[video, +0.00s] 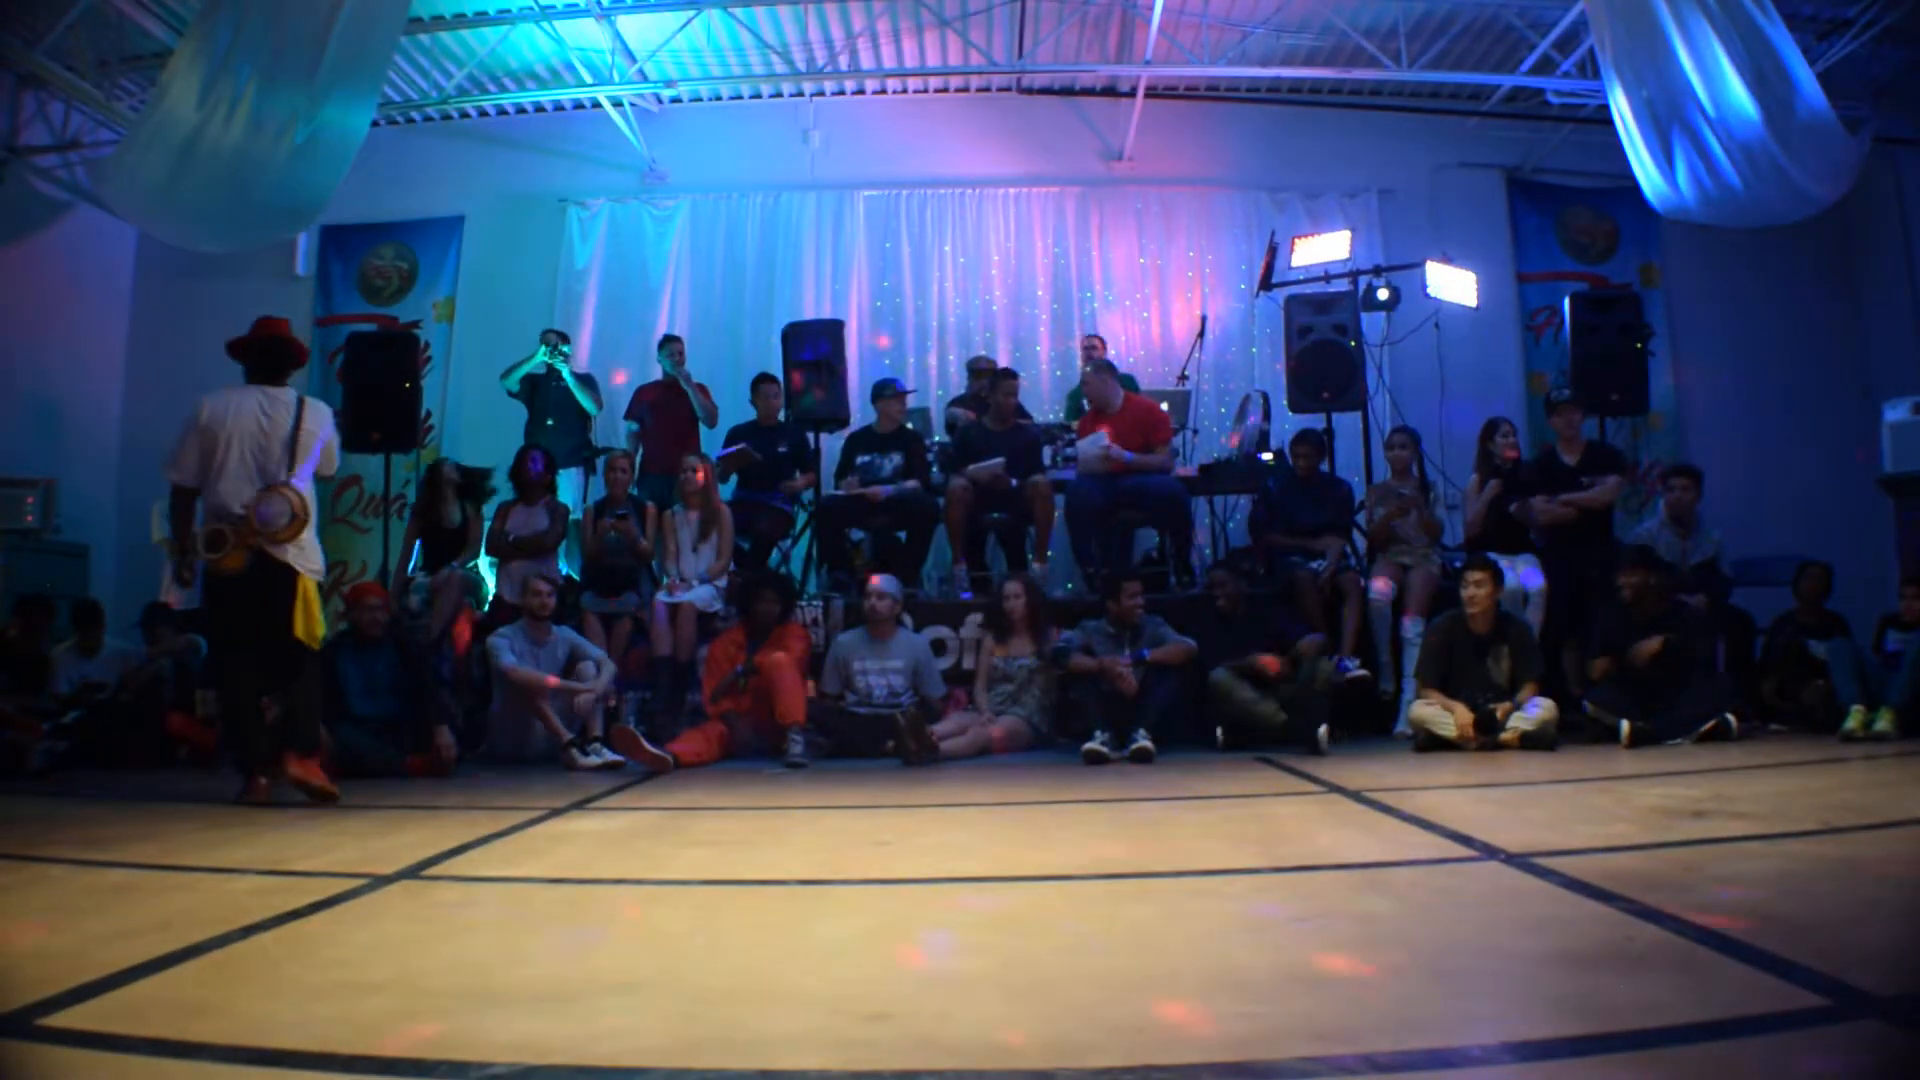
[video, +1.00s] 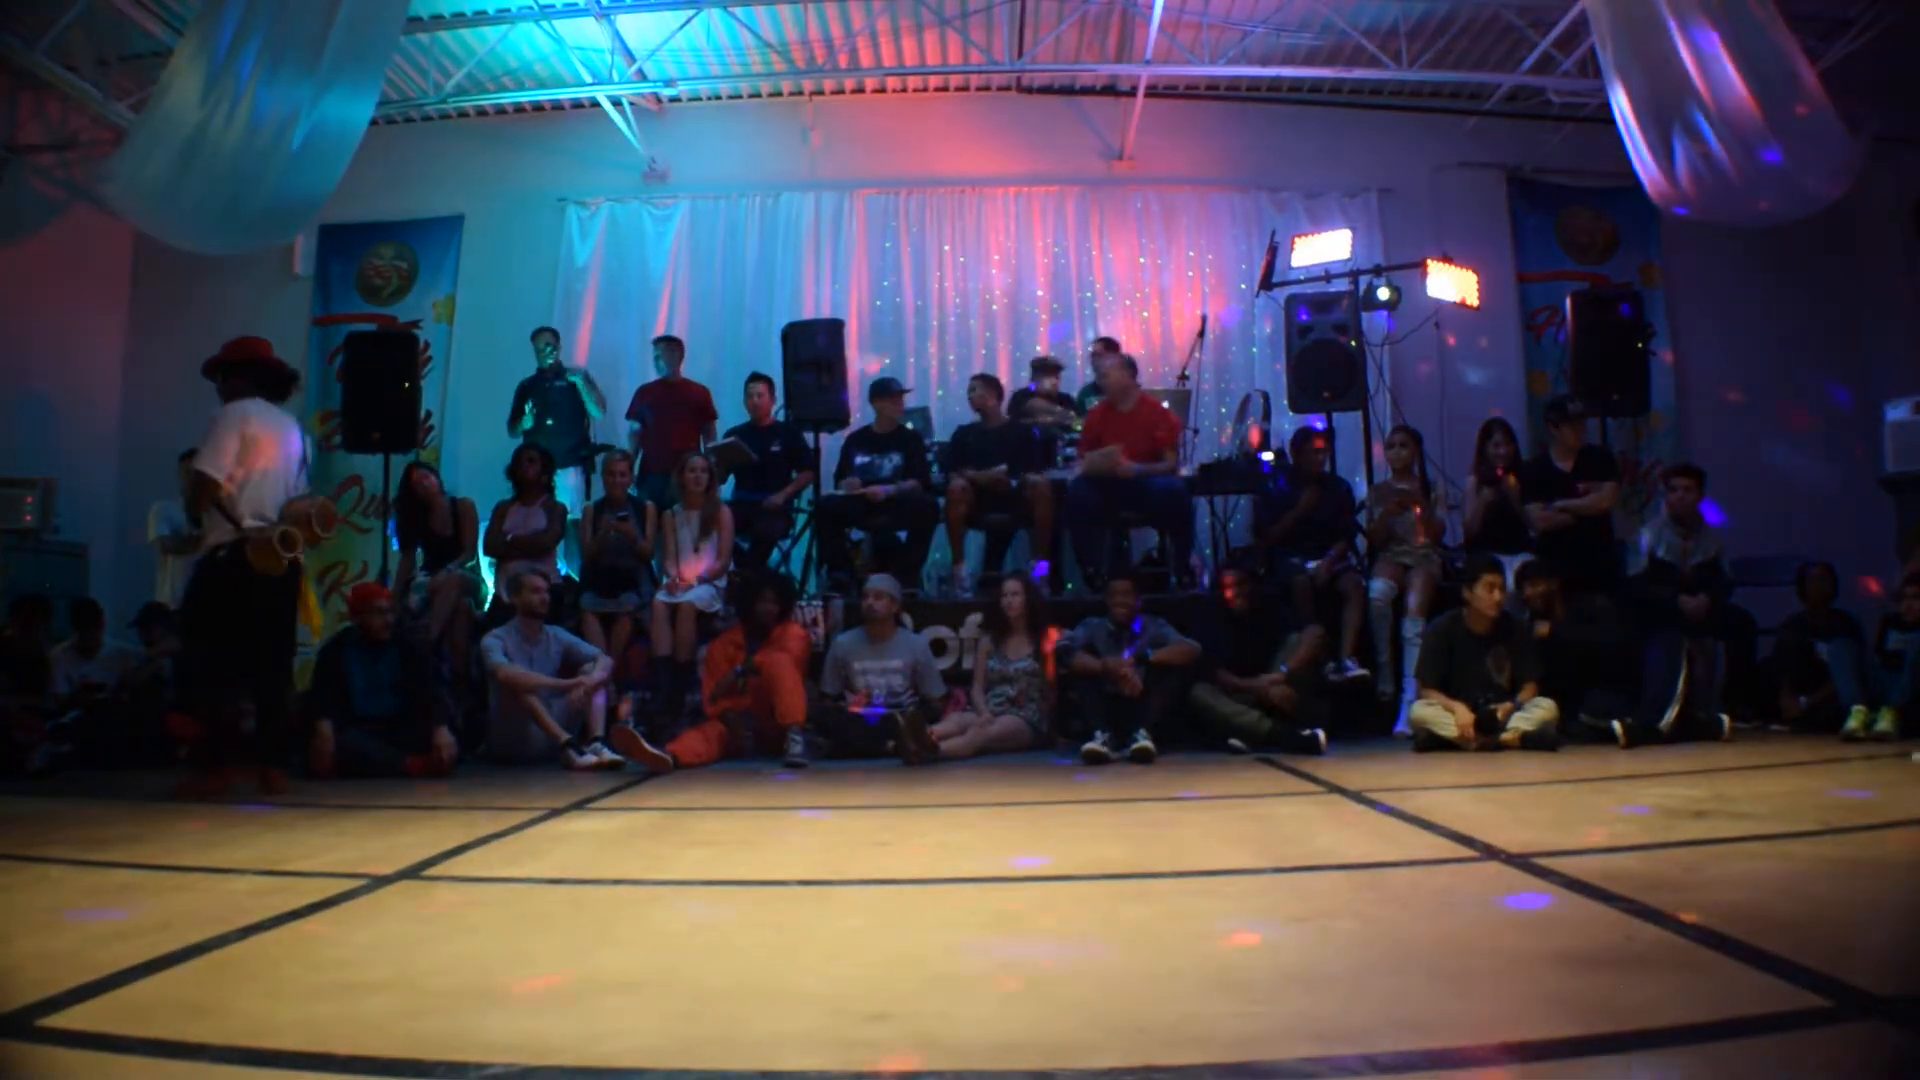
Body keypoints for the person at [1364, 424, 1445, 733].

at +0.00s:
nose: (1398, 453)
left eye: (1404, 447)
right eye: (1392, 448)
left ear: (1416, 452)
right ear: (1385, 453)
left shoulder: (1429, 489)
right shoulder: (1377, 491)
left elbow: (1436, 533)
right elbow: (1373, 536)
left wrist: (1419, 507)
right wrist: (1389, 517)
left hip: (1422, 554)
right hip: (1389, 554)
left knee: (1412, 625)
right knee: (1378, 593)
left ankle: (1408, 709)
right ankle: (1385, 672)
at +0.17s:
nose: (1397, 453)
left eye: (1403, 447)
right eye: (1391, 447)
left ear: (1416, 453)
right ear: (1385, 453)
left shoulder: (1429, 489)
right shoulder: (1376, 492)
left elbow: (1436, 532)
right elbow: (1374, 536)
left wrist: (1418, 505)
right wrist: (1390, 516)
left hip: (1422, 553)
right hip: (1390, 553)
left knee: (1413, 626)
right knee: (1378, 594)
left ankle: (1408, 707)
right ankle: (1385, 670)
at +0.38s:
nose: (1395, 453)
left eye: (1402, 447)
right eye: (1390, 447)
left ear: (1415, 452)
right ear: (1384, 453)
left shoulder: (1432, 489)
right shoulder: (1377, 491)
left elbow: (1437, 533)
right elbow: (1373, 535)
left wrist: (1418, 504)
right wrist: (1389, 513)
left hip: (1422, 554)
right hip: (1389, 554)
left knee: (1412, 628)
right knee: (1377, 596)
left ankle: (1408, 710)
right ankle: (1385, 670)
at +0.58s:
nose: (1394, 453)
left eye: (1401, 447)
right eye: (1389, 448)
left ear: (1415, 453)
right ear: (1383, 453)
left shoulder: (1431, 490)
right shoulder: (1375, 493)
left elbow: (1437, 533)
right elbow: (1373, 536)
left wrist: (1418, 505)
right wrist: (1388, 514)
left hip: (1421, 554)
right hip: (1389, 554)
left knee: (1412, 627)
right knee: (1376, 596)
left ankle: (1407, 708)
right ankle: (1384, 668)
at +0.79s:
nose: (1395, 453)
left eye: (1402, 447)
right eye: (1390, 448)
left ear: (1416, 452)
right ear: (1384, 453)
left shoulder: (1431, 489)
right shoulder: (1376, 492)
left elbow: (1438, 533)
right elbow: (1373, 537)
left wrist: (1419, 504)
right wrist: (1389, 513)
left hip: (1421, 552)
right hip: (1389, 552)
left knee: (1412, 620)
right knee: (1377, 597)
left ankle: (1409, 701)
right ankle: (1385, 672)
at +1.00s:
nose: (1396, 452)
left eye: (1403, 446)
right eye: (1391, 447)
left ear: (1416, 452)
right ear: (1385, 453)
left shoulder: (1433, 489)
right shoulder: (1378, 492)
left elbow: (1437, 534)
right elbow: (1373, 536)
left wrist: (1420, 506)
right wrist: (1387, 514)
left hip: (1422, 553)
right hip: (1390, 552)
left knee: (1413, 615)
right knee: (1378, 596)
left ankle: (1410, 697)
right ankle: (1385, 674)